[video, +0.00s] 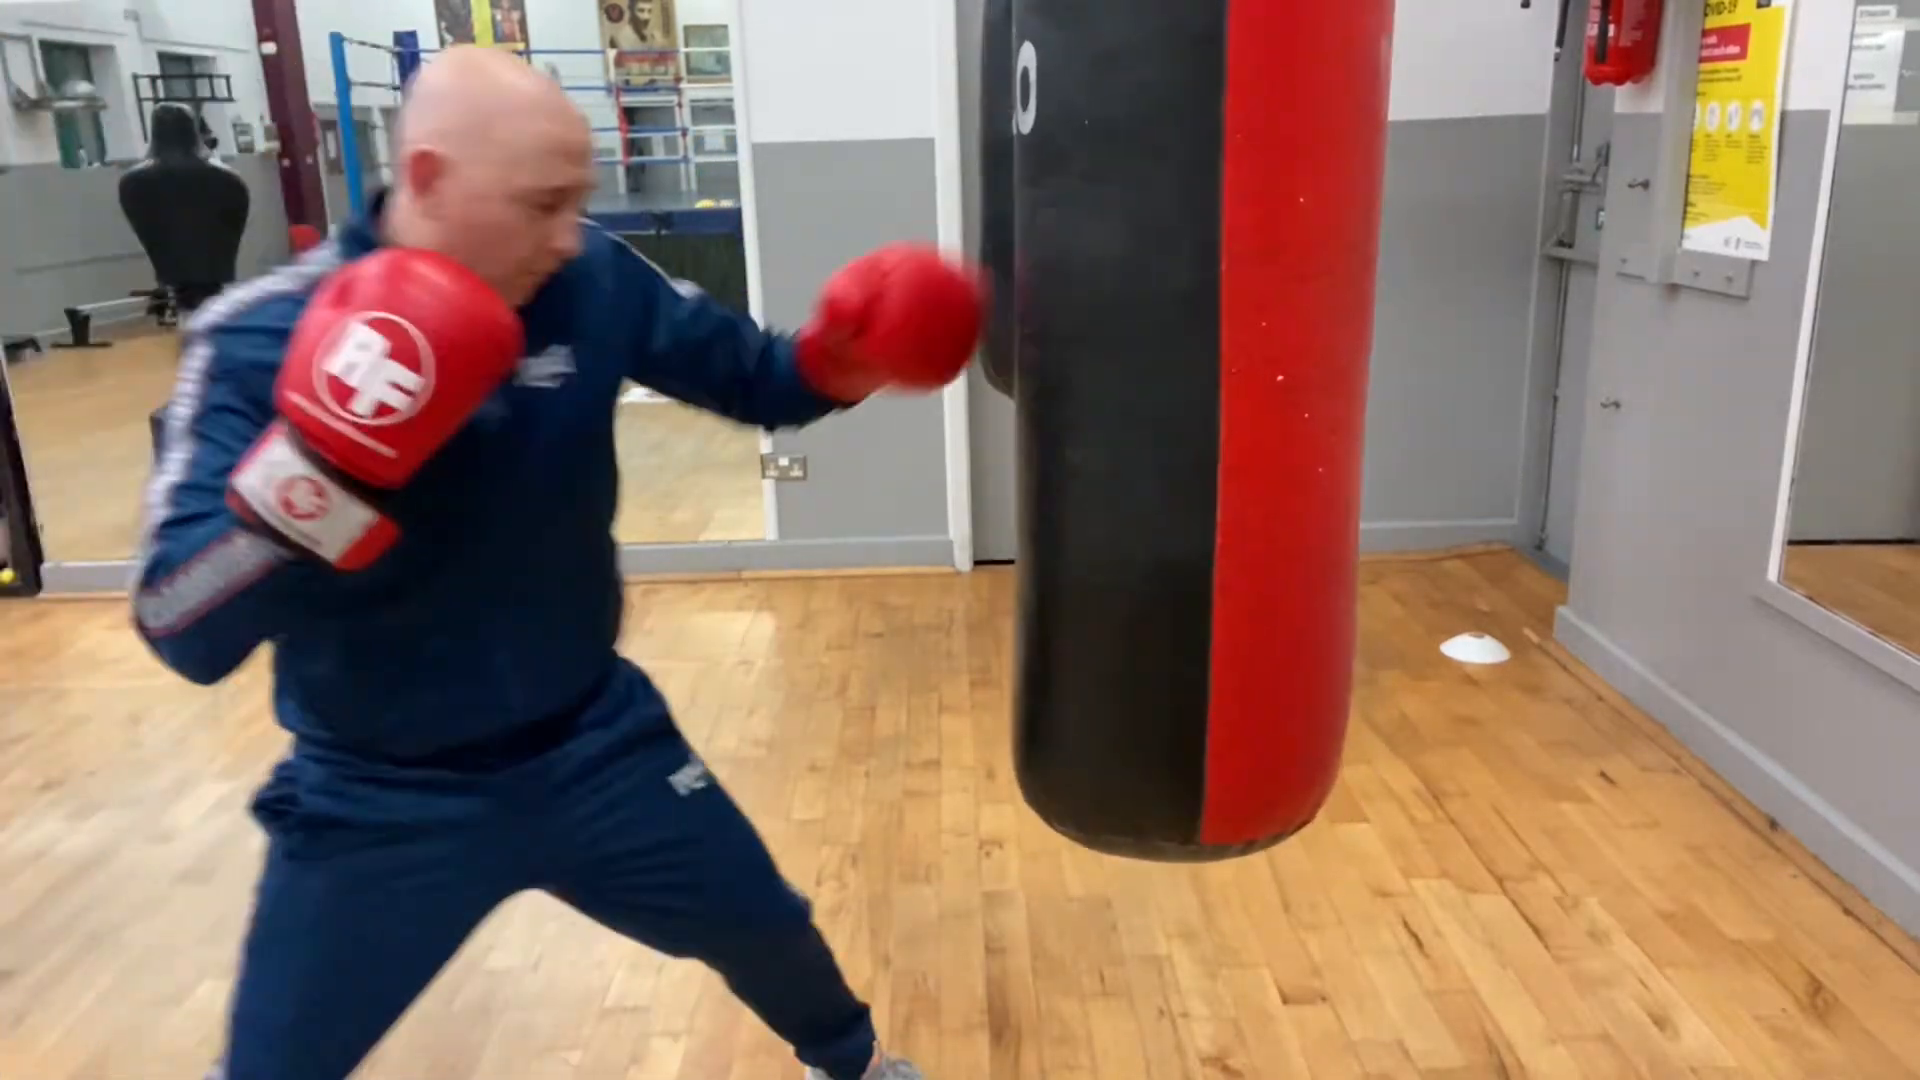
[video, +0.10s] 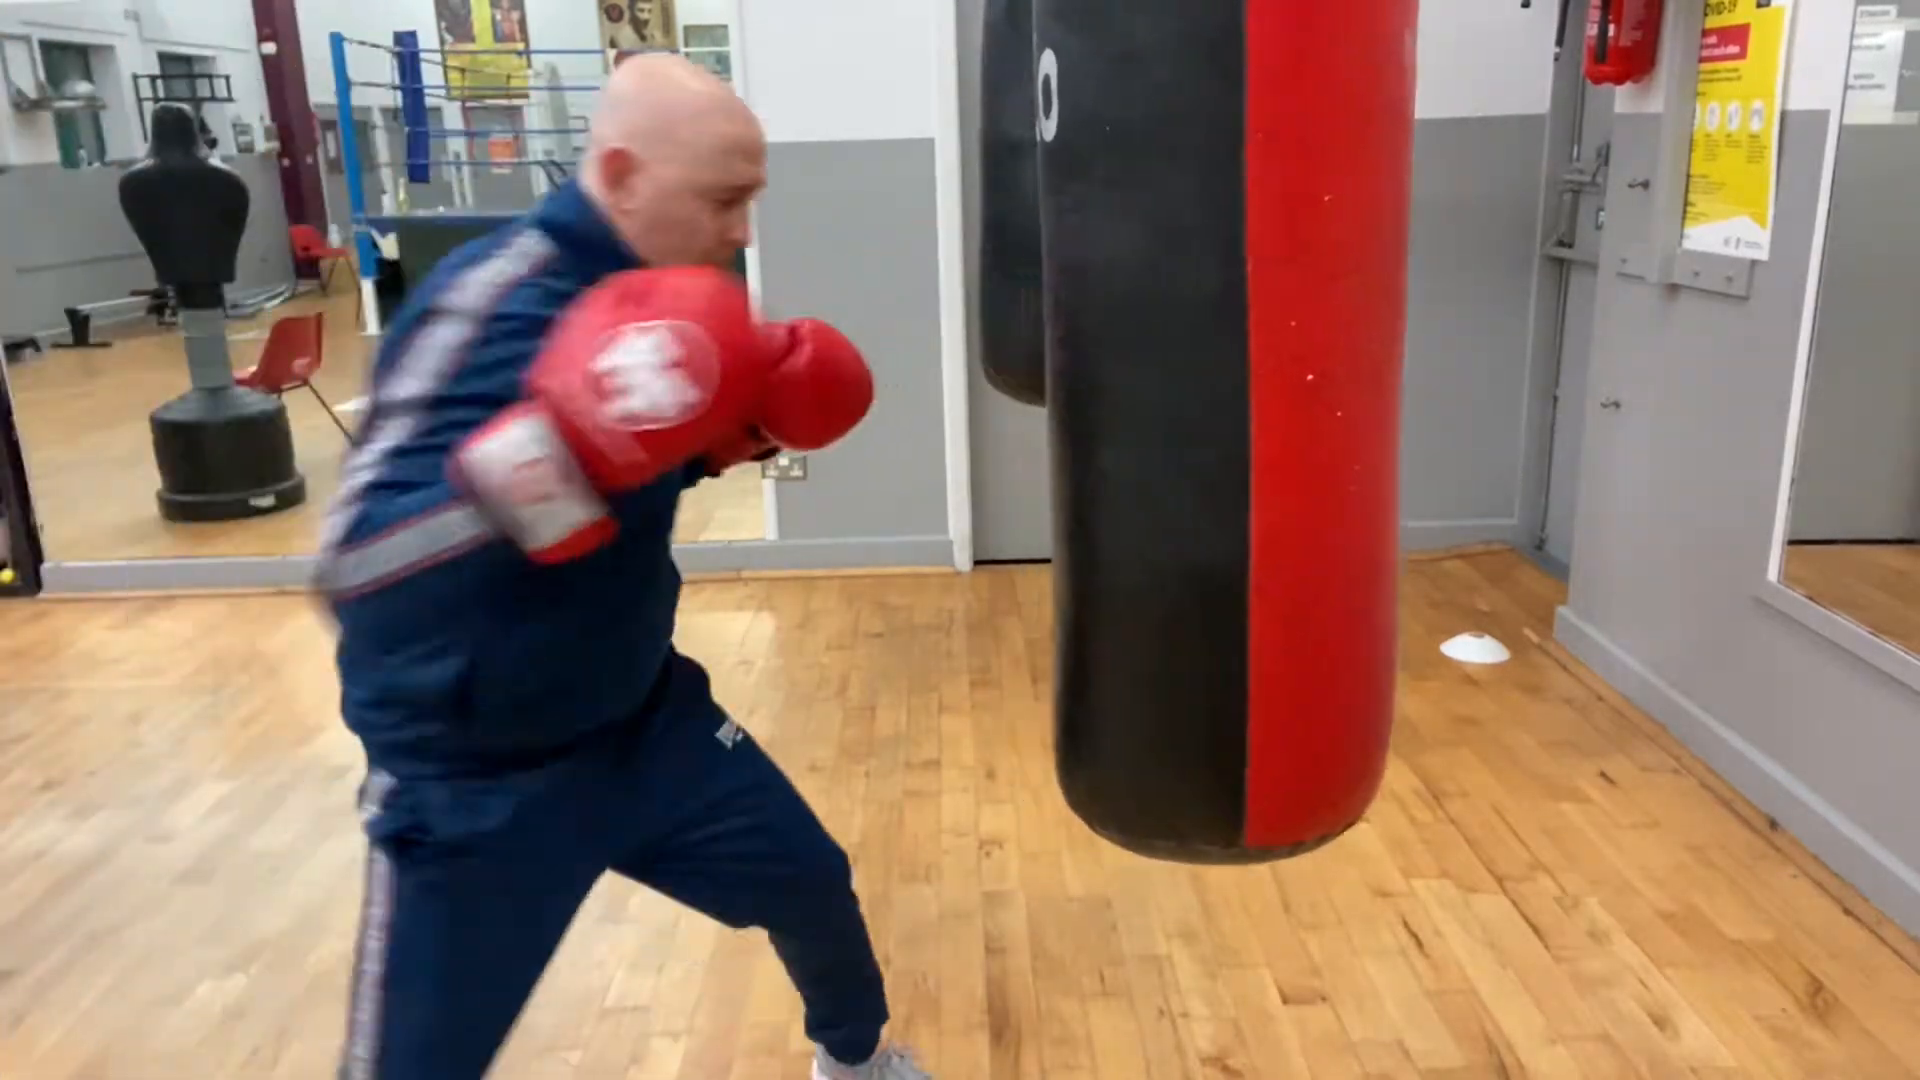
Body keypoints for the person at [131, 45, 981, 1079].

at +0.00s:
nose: (571, 239)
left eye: (579, 204)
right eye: (544, 204)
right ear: (427, 179)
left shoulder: (591, 285)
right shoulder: (258, 342)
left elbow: (758, 380)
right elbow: (183, 631)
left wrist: (850, 352)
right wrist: (323, 461)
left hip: (597, 755)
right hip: (374, 801)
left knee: (765, 931)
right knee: (269, 1072)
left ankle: (858, 1069)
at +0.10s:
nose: (743, 231)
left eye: (749, 203)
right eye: (725, 202)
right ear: (623, 178)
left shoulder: (669, 289)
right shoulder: (491, 301)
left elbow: (645, 451)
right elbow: (351, 563)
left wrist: (747, 421)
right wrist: (565, 447)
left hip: (639, 722)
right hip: (471, 781)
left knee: (811, 886)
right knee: (405, 1068)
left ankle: (856, 1058)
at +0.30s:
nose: (815, 250)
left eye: (818, 219)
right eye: (799, 220)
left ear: (689, 198)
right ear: (696, 201)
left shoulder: (529, 291)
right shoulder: (651, 339)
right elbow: (682, 593)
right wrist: (845, 431)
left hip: (680, 720)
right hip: (568, 786)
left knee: (847, 851)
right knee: (632, 1068)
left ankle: (857, 1053)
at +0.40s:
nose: (780, 227)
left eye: (778, 195)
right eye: (749, 199)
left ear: (638, 186)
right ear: (630, 186)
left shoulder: (682, 296)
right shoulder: (530, 339)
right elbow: (613, 650)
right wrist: (741, 443)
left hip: (733, 706)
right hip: (591, 783)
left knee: (924, 869)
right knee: (593, 1069)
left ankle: (873, 1037)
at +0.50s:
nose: (732, 212)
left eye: (736, 178)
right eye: (702, 181)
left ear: (742, 168)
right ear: (578, 165)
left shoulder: (738, 254)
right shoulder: (439, 343)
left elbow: (869, 250)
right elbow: (459, 628)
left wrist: (1010, 189)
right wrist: (598, 432)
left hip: (789, 717)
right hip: (595, 782)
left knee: (972, 899)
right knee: (524, 1070)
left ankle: (936, 982)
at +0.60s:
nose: (777, 207)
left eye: (785, 173)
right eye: (745, 177)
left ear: (794, 158)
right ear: (632, 170)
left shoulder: (812, 255)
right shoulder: (500, 319)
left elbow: (974, 324)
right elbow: (362, 584)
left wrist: (1067, 276)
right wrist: (508, 418)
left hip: (823, 738)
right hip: (612, 771)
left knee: (993, 946)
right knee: (491, 1063)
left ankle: (1014, 1032)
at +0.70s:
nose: (934, 174)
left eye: (936, 141)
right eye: (917, 139)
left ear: (823, 125)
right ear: (813, 121)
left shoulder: (881, 270)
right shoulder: (651, 270)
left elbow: (959, 416)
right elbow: (418, 497)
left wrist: (1013, 319)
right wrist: (594, 362)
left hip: (854, 734)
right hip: (672, 770)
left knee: (1009, 923)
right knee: (561, 1066)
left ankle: (980, 1040)